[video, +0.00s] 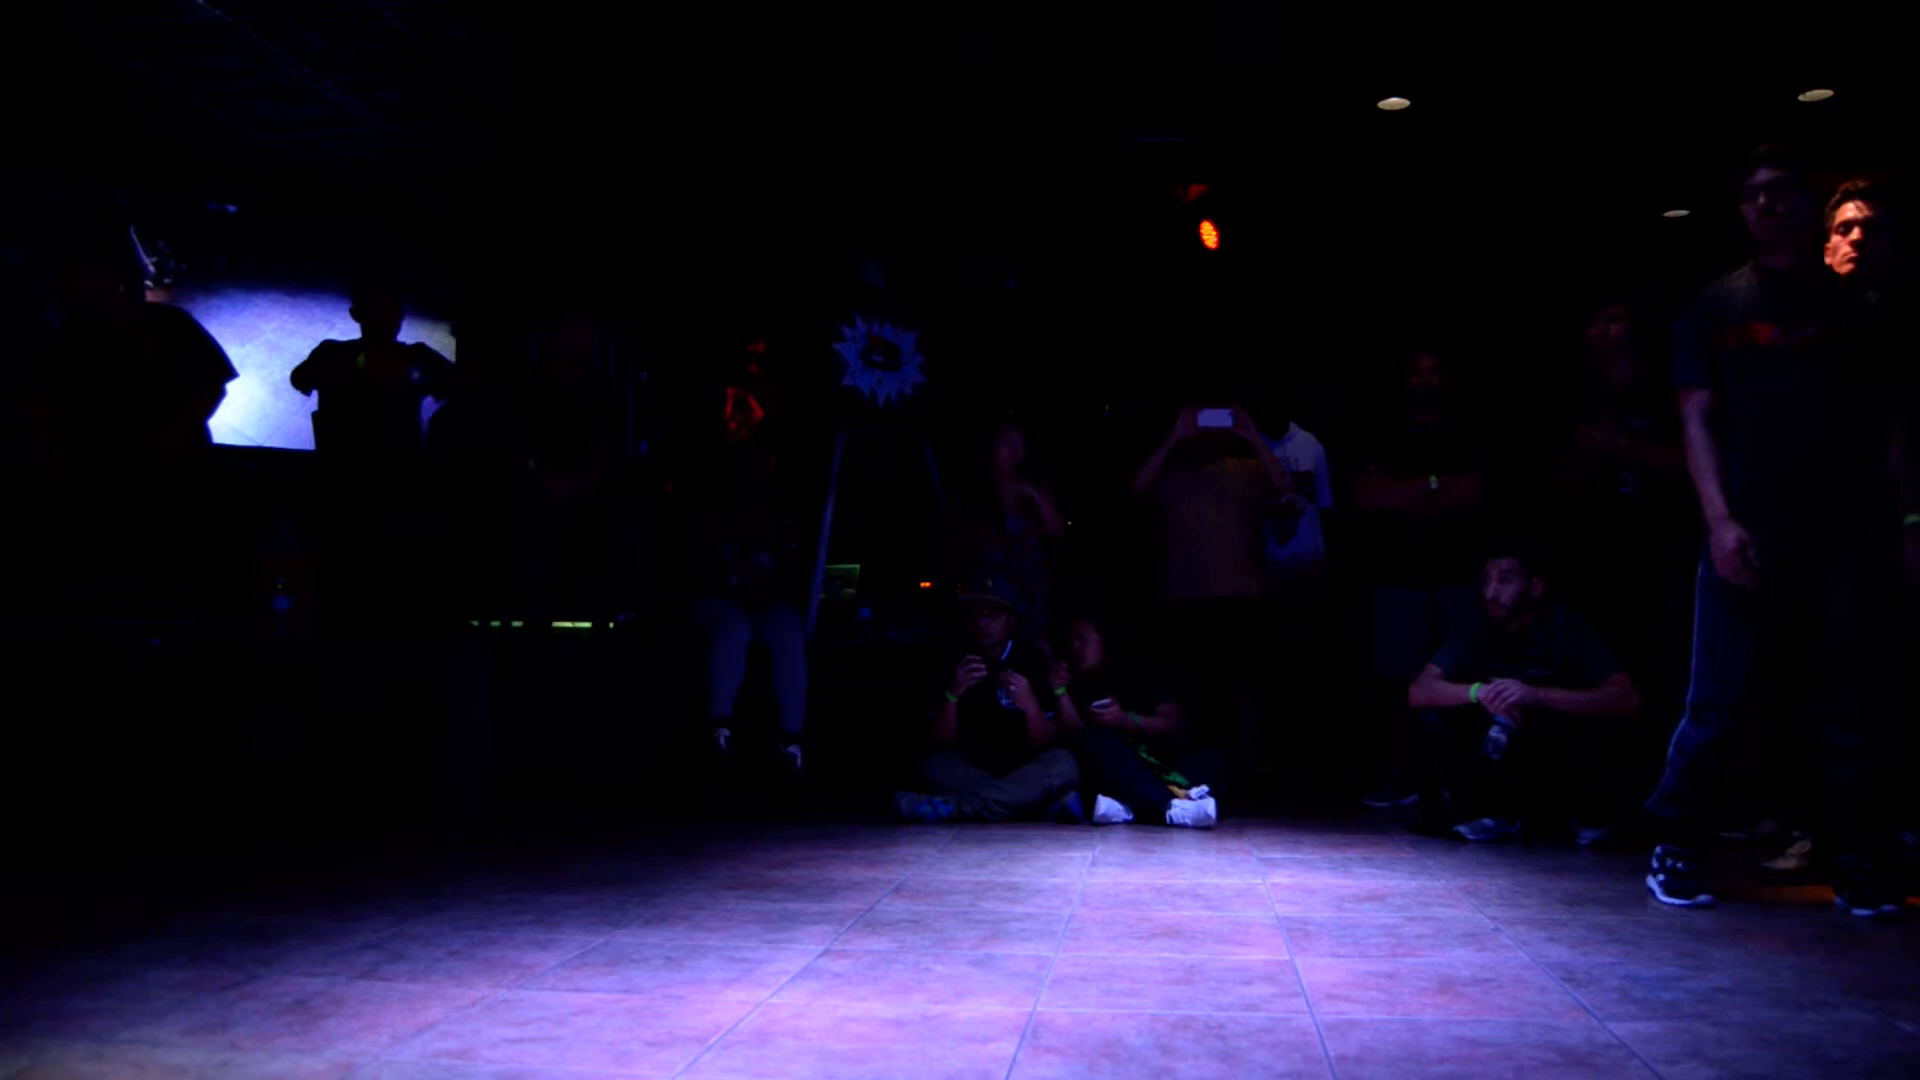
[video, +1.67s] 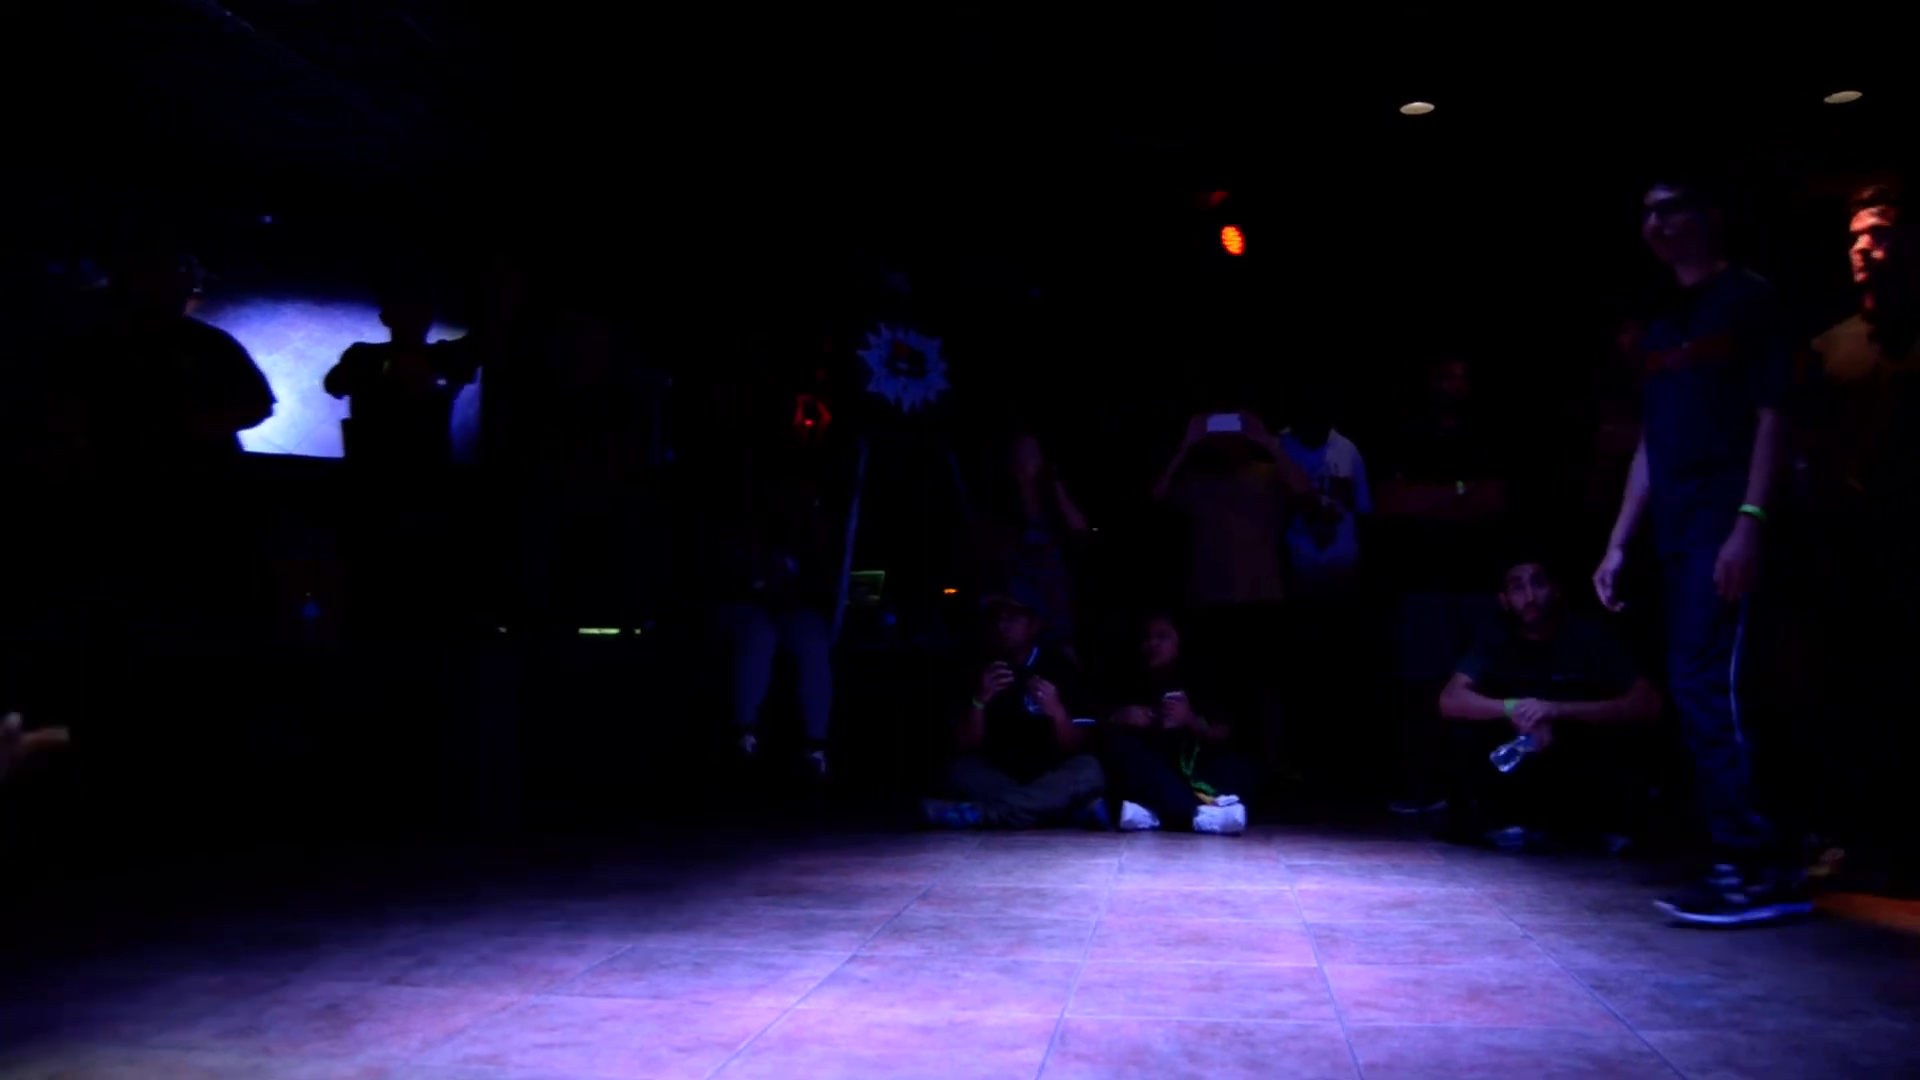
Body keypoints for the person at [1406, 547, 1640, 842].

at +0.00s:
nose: (1491, 592)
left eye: (1505, 581)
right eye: (1488, 581)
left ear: (1534, 587)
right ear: (1482, 584)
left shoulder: (1565, 631)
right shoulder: (1480, 630)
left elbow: (1623, 697)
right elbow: (1419, 692)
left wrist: (1535, 695)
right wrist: (1480, 693)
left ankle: (1590, 818)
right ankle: (1498, 816)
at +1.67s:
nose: (1530, 597)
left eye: (1538, 584)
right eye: (1518, 588)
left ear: (1554, 590)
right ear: (1505, 599)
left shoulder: (1588, 639)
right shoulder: (1497, 640)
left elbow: (1645, 702)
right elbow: (1451, 700)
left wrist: (1557, 709)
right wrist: (1518, 712)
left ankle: (1612, 826)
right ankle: (1510, 822)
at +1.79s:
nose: (1559, 595)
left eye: (1567, 583)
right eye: (1547, 586)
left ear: (1583, 587)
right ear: (1534, 597)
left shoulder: (1615, 637)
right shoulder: (1527, 638)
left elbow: (1665, 702)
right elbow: (1479, 698)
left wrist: (1585, 706)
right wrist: (1543, 709)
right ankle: (1535, 820)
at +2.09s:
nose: (1570, 599)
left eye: (1579, 585)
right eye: (1558, 589)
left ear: (1597, 590)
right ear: (1546, 599)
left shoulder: (1624, 639)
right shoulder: (1537, 639)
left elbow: (1655, 705)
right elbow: (1492, 699)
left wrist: (1604, 695)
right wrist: (1554, 704)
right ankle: (1546, 821)